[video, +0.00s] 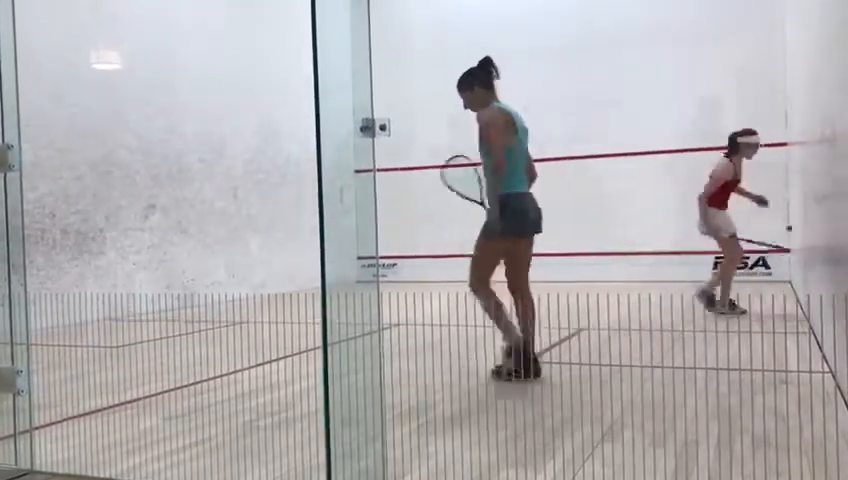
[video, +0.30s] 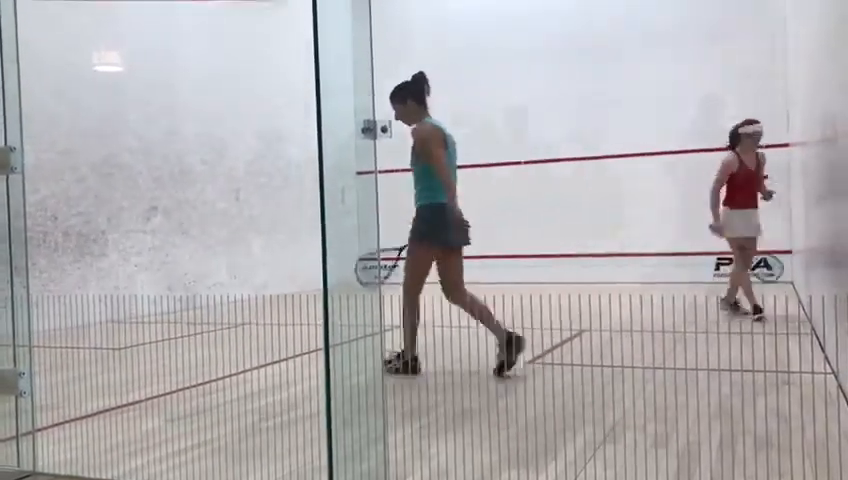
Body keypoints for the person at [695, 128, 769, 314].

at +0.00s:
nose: (757, 150)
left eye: (757, 146)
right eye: (754, 146)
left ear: (743, 147)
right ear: (742, 146)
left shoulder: (737, 162)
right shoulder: (725, 167)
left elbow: (732, 186)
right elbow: (703, 197)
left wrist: (753, 197)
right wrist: (704, 223)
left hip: (720, 212)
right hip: (713, 213)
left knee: (736, 254)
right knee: (732, 255)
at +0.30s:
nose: (757, 140)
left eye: (759, 136)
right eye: (753, 137)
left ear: (759, 138)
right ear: (742, 137)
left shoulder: (759, 158)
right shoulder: (730, 160)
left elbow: (759, 181)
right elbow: (715, 188)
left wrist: (765, 191)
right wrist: (716, 218)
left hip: (751, 211)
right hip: (732, 212)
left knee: (747, 258)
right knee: (740, 259)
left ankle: (730, 297)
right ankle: (754, 304)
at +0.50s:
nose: (758, 135)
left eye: (760, 131)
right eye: (752, 131)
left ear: (763, 134)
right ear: (743, 134)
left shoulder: (768, 155)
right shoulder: (735, 160)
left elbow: (775, 183)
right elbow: (726, 194)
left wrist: (767, 185)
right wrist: (724, 225)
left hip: (764, 213)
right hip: (742, 214)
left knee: (778, 259)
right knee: (748, 264)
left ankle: (759, 292)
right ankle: (758, 303)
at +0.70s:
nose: (763, 138)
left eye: (766, 134)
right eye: (759, 134)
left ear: (770, 137)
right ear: (750, 137)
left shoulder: (778, 159)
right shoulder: (742, 164)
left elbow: (790, 188)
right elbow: (734, 198)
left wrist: (777, 185)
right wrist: (737, 227)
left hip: (775, 214)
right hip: (751, 216)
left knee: (785, 266)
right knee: (755, 266)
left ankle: (795, 311)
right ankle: (759, 306)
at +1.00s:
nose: (770, 134)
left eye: (774, 130)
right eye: (765, 130)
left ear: (781, 131)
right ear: (759, 132)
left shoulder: (789, 153)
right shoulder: (749, 159)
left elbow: (799, 176)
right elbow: (741, 192)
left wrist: (787, 149)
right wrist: (741, 221)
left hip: (785, 215)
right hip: (758, 218)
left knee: (792, 267)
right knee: (760, 267)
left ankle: (796, 314)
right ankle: (771, 296)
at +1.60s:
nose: (721, 127)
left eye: (726, 123)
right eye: (717, 123)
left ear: (736, 126)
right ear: (712, 128)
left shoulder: (749, 147)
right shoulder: (709, 158)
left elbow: (743, 162)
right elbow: (709, 196)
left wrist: (730, 136)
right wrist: (707, 230)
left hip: (745, 215)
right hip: (719, 217)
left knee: (744, 269)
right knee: (733, 273)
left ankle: (769, 306)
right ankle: (744, 325)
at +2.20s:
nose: (642, 126)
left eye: (646, 121)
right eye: (642, 122)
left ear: (660, 123)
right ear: (650, 126)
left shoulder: (668, 145)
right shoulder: (658, 148)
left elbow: (667, 183)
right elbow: (658, 189)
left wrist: (644, 205)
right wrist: (632, 207)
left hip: (668, 217)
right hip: (659, 217)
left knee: (662, 273)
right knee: (642, 269)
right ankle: (680, 311)